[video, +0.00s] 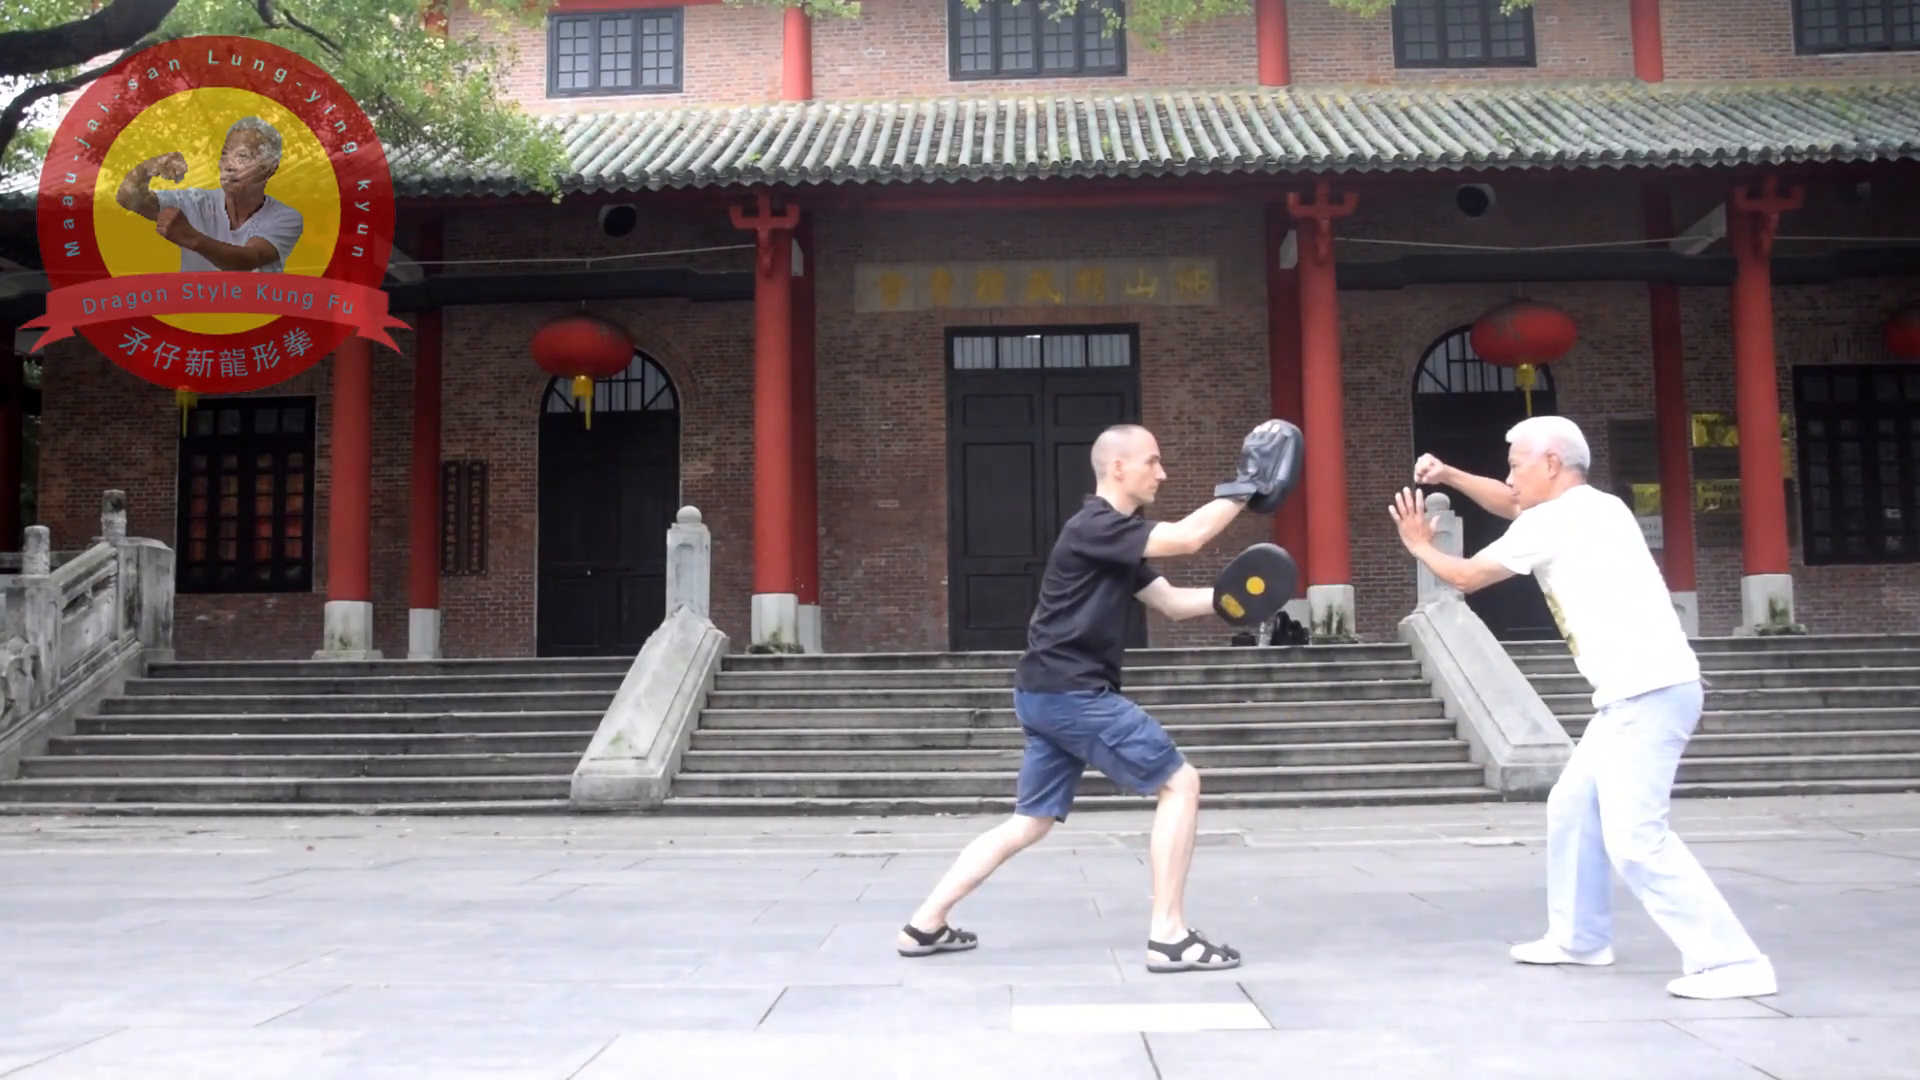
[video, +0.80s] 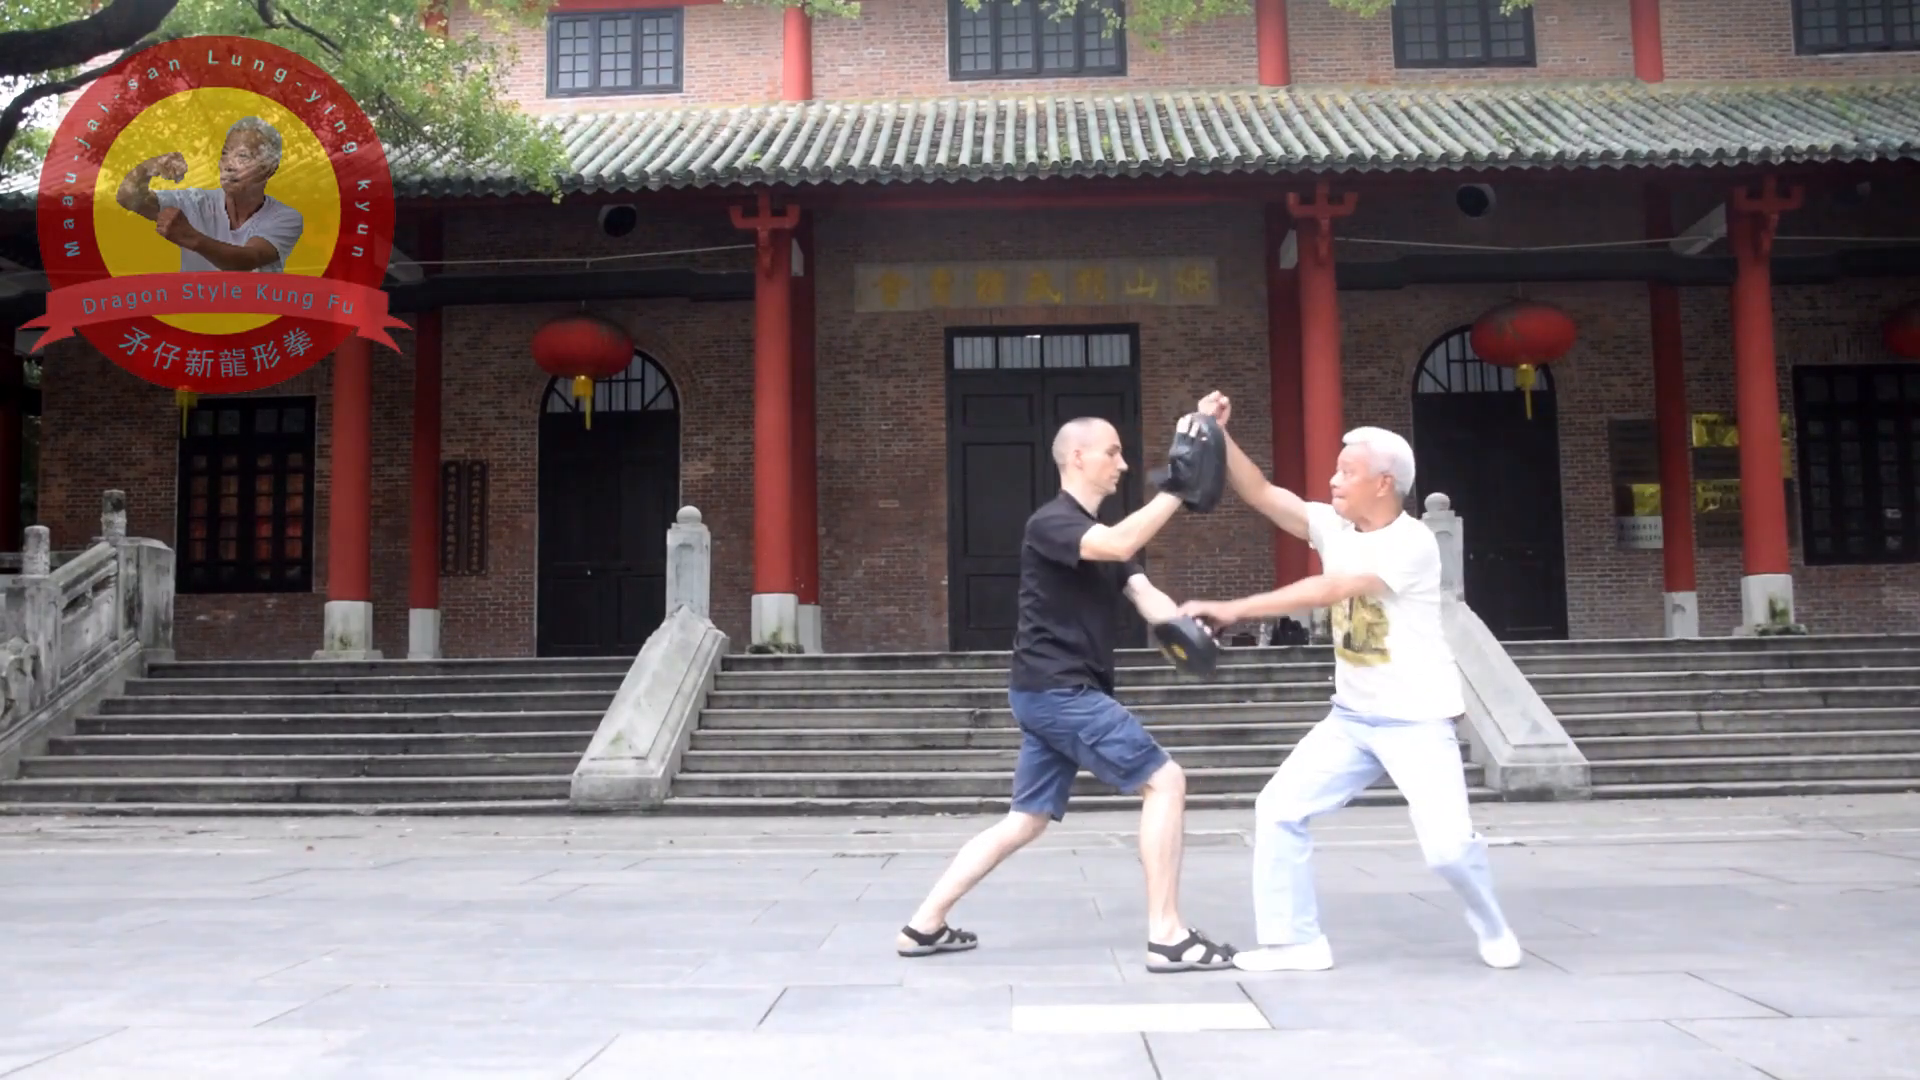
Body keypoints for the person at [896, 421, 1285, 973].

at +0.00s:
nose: (1161, 473)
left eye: (1160, 462)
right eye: (1152, 462)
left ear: (1119, 470)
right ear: (1117, 468)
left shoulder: (1109, 532)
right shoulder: (1096, 525)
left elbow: (1170, 600)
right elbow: (1188, 537)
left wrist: (1242, 596)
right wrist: (1246, 485)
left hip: (1046, 691)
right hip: (1070, 690)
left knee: (1030, 822)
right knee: (1180, 784)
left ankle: (925, 923)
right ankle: (1169, 936)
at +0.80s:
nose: (1124, 463)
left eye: (1122, 454)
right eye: (1114, 453)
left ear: (1088, 460)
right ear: (1078, 459)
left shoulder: (1103, 530)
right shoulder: (1050, 521)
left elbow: (1143, 594)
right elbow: (1118, 543)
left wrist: (1182, 625)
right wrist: (1180, 483)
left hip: (1056, 688)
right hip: (1056, 687)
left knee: (1025, 821)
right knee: (1165, 783)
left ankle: (924, 924)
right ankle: (1168, 935)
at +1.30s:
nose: (1084, 457)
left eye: (1082, 446)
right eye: (1073, 447)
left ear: (1043, 457)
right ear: (1037, 455)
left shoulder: (1037, 516)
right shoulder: (1024, 511)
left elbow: (1057, 608)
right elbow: (1052, 583)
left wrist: (1126, 622)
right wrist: (1118, 541)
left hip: (1019, 687)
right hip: (1036, 686)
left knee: (1070, 817)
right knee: (1135, 785)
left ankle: (958, 894)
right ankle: (1167, 937)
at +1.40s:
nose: (1059, 456)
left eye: (1059, 446)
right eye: (1049, 446)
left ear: (1022, 450)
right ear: (1014, 449)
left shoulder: (1015, 514)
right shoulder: (993, 509)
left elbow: (1038, 610)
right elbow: (1006, 595)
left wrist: (1109, 586)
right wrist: (1085, 574)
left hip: (1010, 683)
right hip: (996, 684)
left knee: (1053, 809)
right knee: (1082, 792)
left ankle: (953, 909)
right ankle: (1150, 930)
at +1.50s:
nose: (1037, 464)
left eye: (1037, 453)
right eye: (1027, 453)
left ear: (1004, 460)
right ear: (991, 458)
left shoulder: (1005, 528)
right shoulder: (962, 518)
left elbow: (1041, 581)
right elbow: (1002, 598)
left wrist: (1100, 572)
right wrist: (1081, 581)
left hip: (979, 682)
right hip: (944, 682)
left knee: (1019, 803)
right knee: (1041, 768)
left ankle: (943, 917)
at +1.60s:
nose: (1013, 468)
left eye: (1013, 458)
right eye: (1003, 457)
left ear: (980, 463)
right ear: (968, 461)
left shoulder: (981, 527)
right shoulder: (939, 522)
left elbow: (1048, 560)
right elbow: (1004, 590)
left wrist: (1112, 520)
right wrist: (1083, 588)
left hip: (950, 682)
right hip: (911, 684)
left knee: (999, 802)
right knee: (980, 799)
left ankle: (940, 922)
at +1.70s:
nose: (987, 467)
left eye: (987, 457)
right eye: (978, 457)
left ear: (952, 465)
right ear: (941, 463)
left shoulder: (953, 523)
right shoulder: (916, 525)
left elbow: (1026, 549)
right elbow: (989, 589)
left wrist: (1087, 506)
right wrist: (1068, 595)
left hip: (927, 695)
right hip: (882, 695)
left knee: (978, 795)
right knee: (875, 830)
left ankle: (939, 923)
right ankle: (754, 908)